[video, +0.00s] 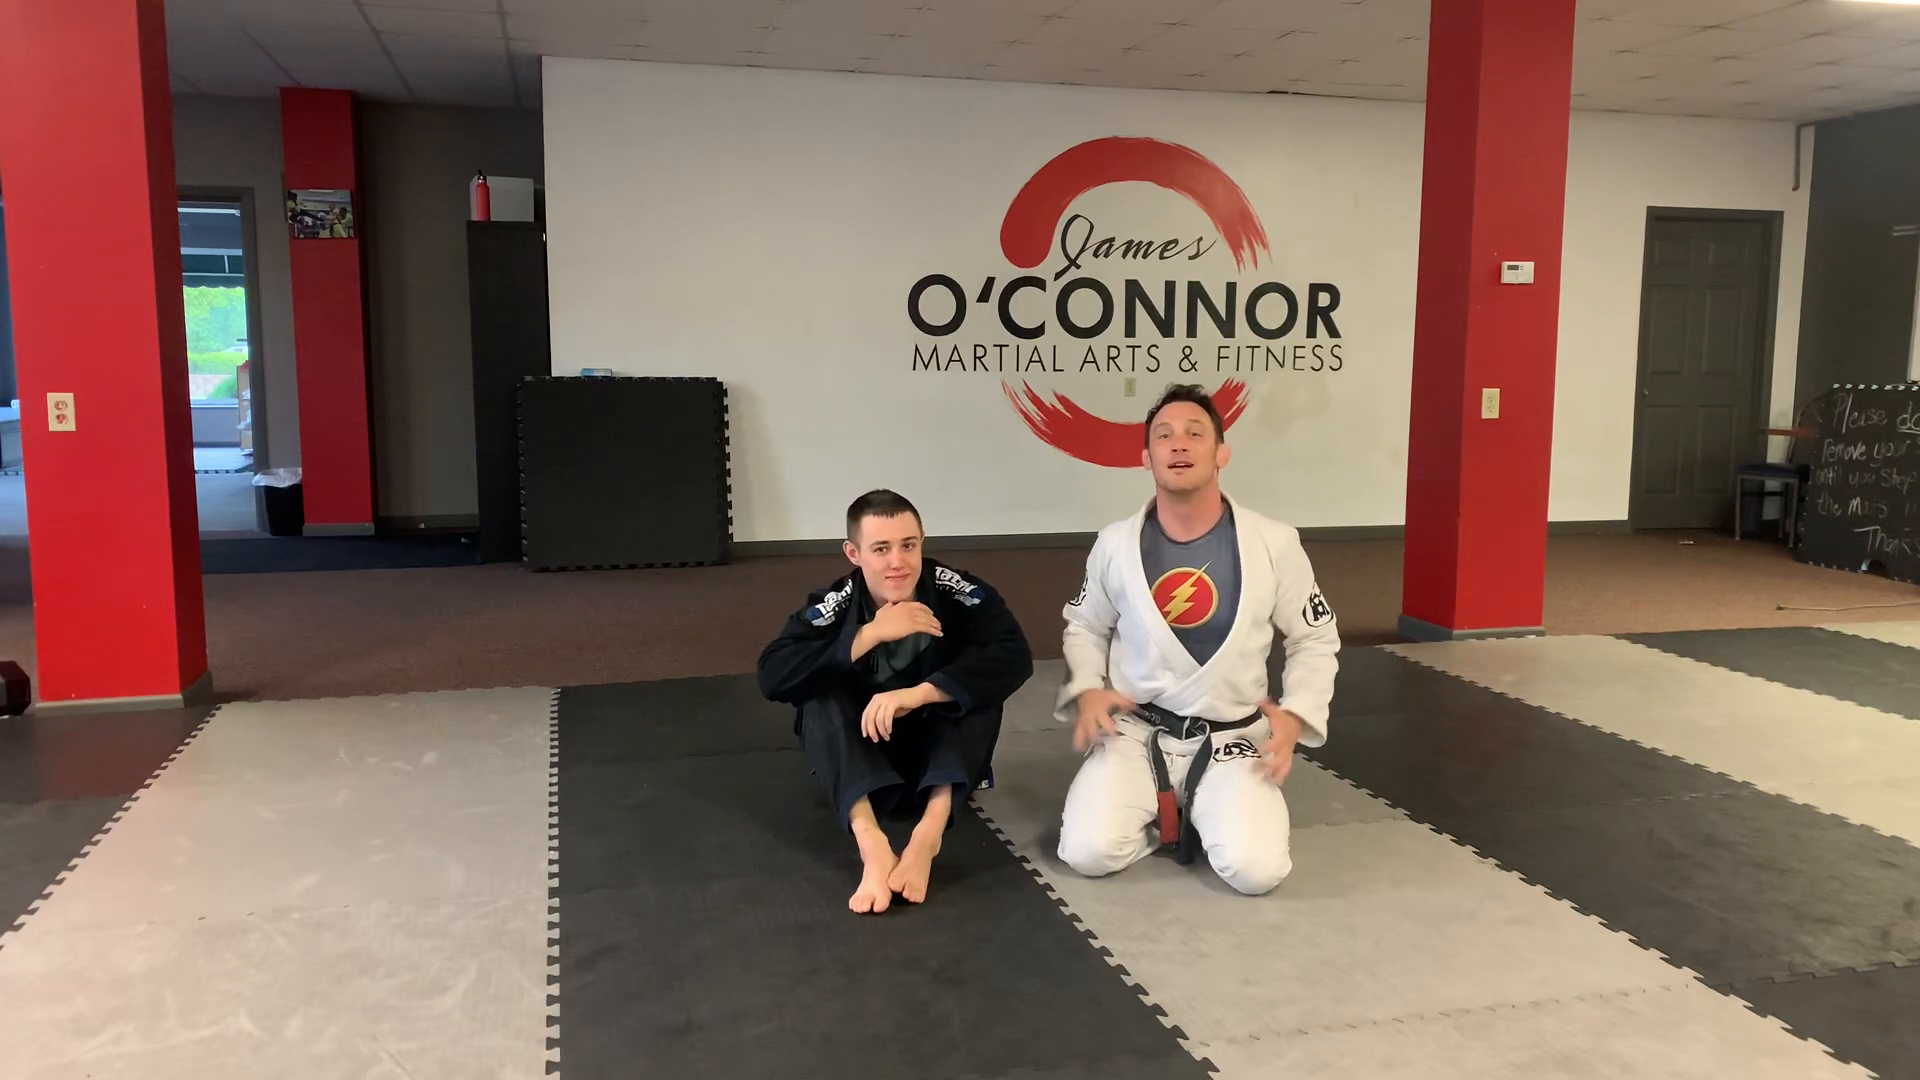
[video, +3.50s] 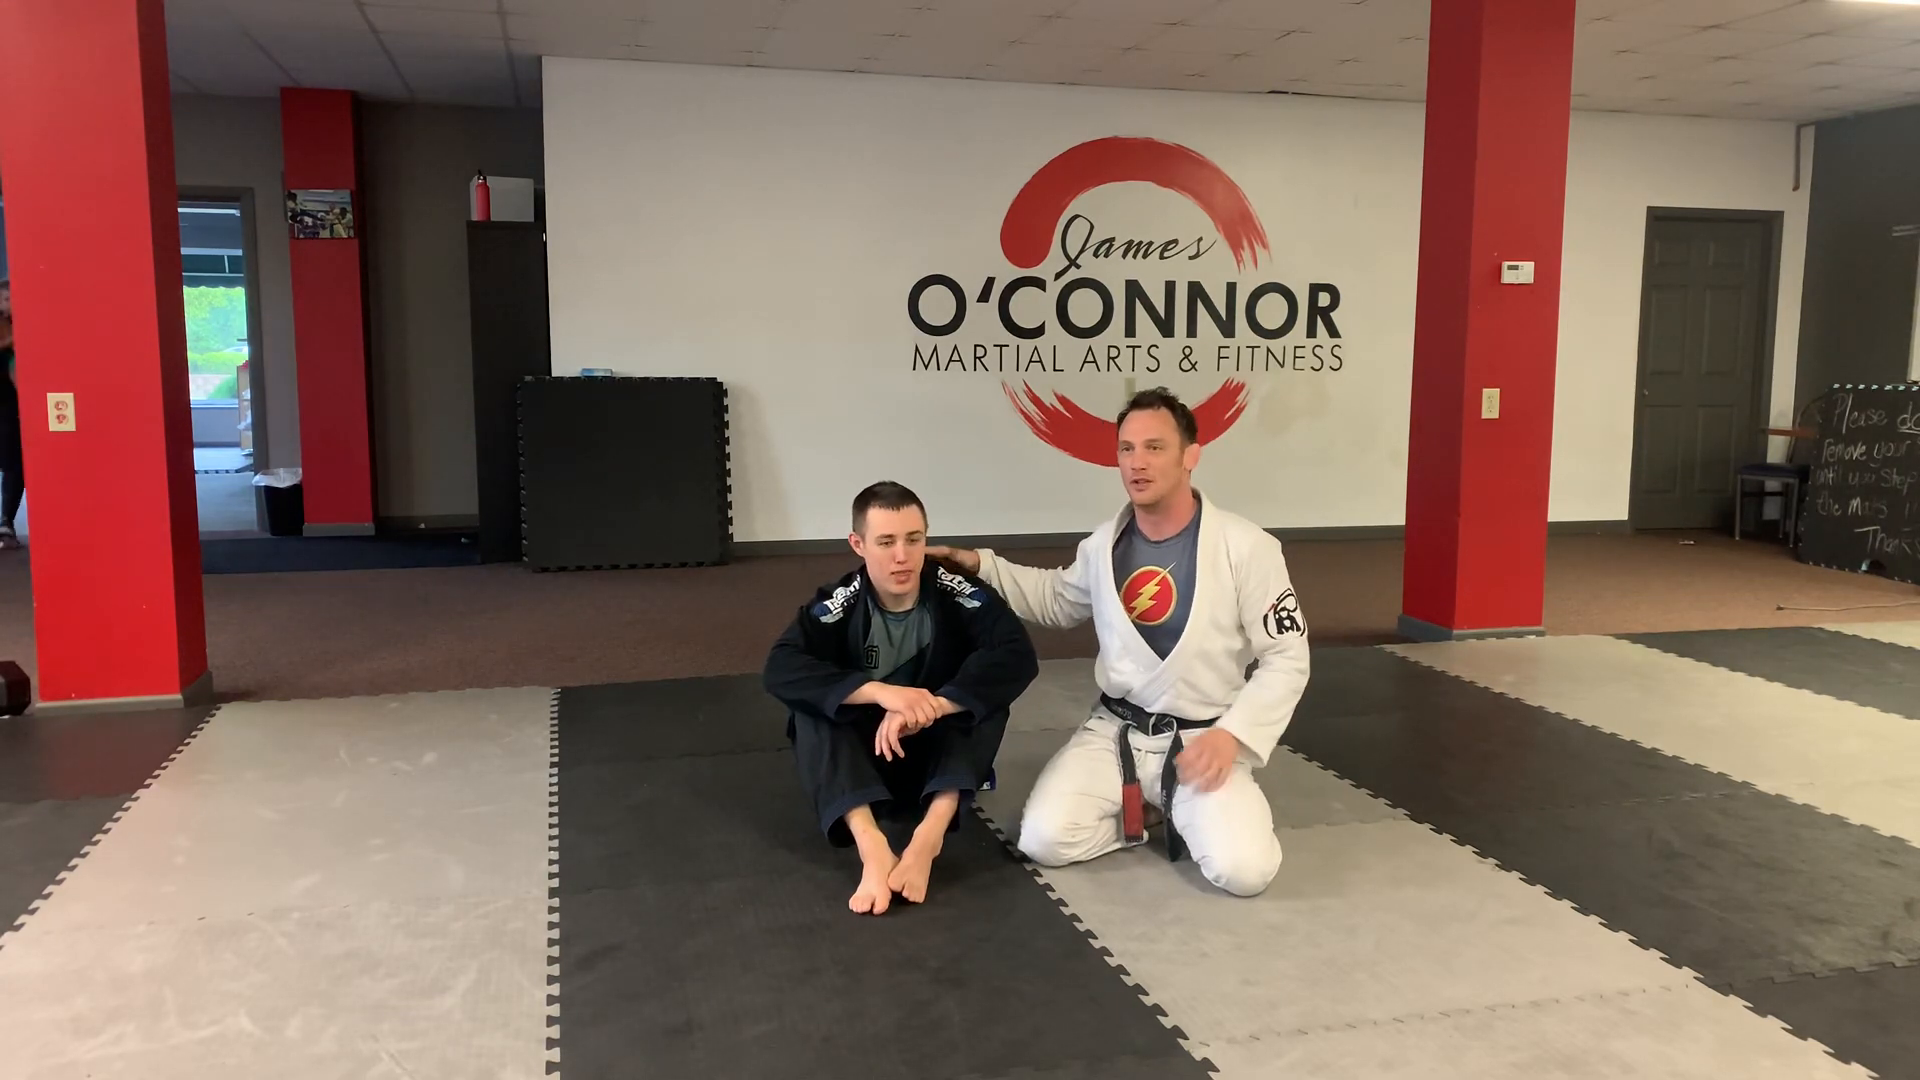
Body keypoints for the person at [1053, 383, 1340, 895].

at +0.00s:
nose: (1178, 443)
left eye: (1194, 432)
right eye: (1164, 434)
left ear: (1222, 455)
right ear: (1146, 460)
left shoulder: (1273, 544)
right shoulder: (1115, 545)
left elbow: (1314, 639)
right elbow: (1086, 626)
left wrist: (1295, 715)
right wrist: (1090, 687)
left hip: (1233, 736)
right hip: (1136, 728)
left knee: (1258, 871)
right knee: (1087, 852)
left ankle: (1212, 803)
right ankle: (1164, 812)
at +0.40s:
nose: (1176, 452)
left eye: (1193, 436)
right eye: (1164, 439)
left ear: (1225, 451)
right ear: (1151, 454)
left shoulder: (1277, 545)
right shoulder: (1120, 541)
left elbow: (1318, 640)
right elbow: (1077, 613)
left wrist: (1308, 710)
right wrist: (1066, 632)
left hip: (1231, 738)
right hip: (1135, 729)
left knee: (1258, 871)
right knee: (1086, 853)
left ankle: (1212, 802)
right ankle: (1166, 811)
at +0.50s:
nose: (1155, 460)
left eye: (1172, 444)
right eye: (1152, 447)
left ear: (1220, 453)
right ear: (1149, 455)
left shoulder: (1282, 545)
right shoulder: (1129, 538)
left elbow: (1323, 646)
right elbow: (1093, 609)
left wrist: (1302, 716)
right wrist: (1059, 595)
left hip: (1236, 739)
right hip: (1139, 728)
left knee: (1260, 871)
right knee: (1088, 853)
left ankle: (1211, 802)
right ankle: (1167, 810)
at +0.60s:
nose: (1147, 467)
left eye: (1162, 452)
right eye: (1148, 452)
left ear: (1213, 457)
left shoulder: (1287, 548)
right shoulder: (1139, 540)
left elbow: (1330, 650)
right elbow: (1087, 594)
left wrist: (1299, 723)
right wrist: (1054, 539)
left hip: (1236, 739)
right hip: (1141, 726)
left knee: (1261, 872)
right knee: (1089, 850)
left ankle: (1214, 801)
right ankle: (1172, 811)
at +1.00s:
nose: (1135, 468)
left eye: (1149, 453)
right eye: (1136, 454)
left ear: (1197, 459)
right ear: (1189, 460)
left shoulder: (1274, 548)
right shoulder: (1129, 543)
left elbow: (1321, 651)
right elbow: (1067, 590)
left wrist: (1283, 723)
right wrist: (992, 530)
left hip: (1226, 744)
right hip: (1130, 730)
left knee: (1259, 871)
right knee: (1052, 842)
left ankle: (1203, 805)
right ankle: (1155, 803)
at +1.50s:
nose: (1137, 462)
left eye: (1153, 446)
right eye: (1124, 448)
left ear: (1186, 456)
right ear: (1111, 461)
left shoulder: (1248, 545)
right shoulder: (1097, 551)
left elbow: (1289, 656)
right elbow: (1055, 612)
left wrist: (1257, 746)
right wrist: (983, 569)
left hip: (1219, 738)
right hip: (1125, 732)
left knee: (1254, 871)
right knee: (1051, 842)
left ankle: (1200, 798)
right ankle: (1158, 811)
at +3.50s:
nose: (1137, 463)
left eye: (1153, 447)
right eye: (1127, 449)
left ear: (1190, 457)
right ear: (1116, 459)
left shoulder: (1246, 548)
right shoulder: (1102, 547)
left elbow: (1287, 657)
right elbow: (1057, 602)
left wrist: (1231, 734)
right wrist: (975, 563)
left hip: (1206, 737)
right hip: (1114, 729)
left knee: (1247, 872)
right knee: (1045, 840)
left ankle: (1186, 803)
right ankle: (1151, 809)